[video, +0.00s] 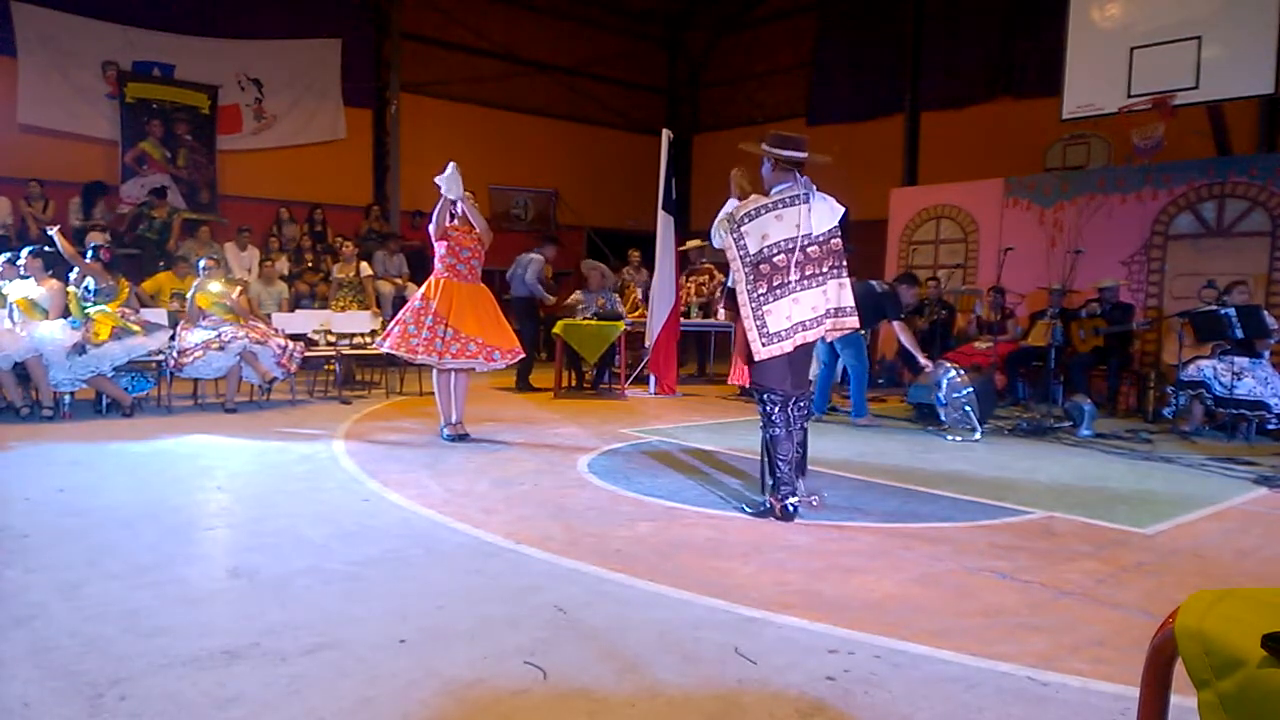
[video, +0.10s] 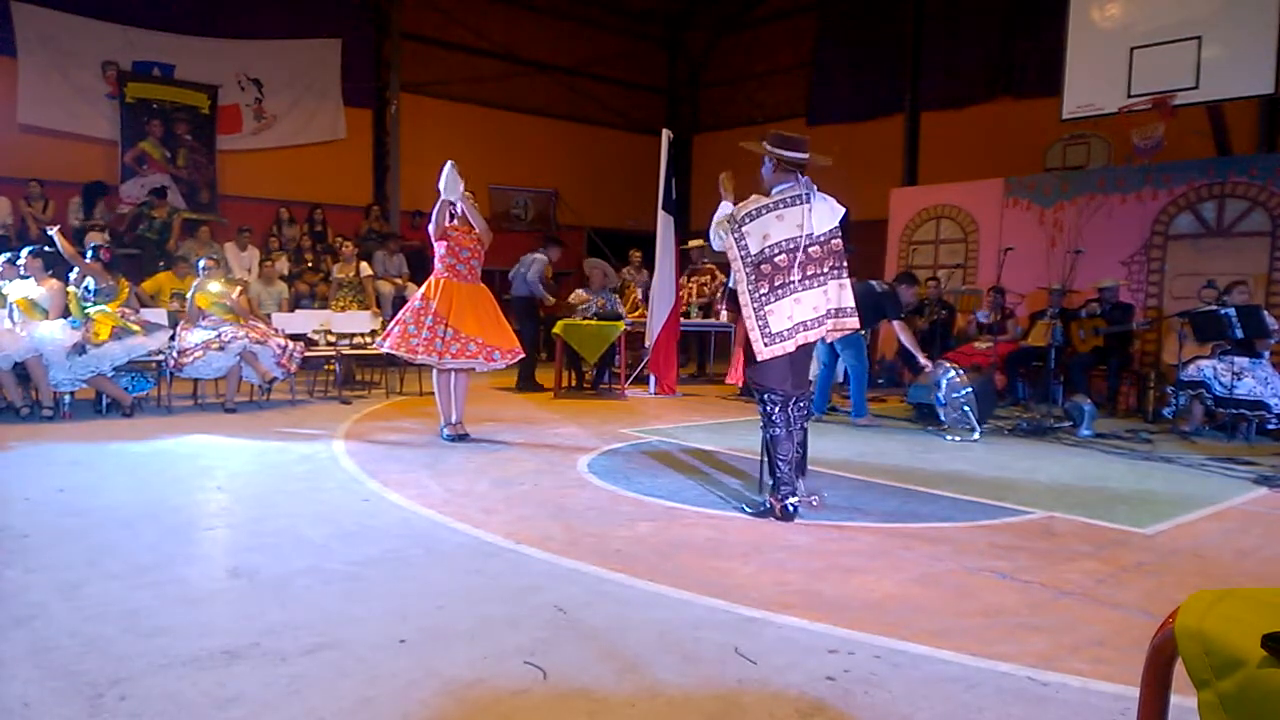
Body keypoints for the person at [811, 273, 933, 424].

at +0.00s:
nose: (913, 301)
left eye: (915, 296)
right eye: (913, 295)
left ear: (900, 285)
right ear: (903, 288)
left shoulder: (879, 286)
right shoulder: (891, 296)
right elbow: (900, 329)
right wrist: (920, 356)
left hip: (826, 318)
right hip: (846, 325)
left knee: (826, 367)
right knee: (858, 367)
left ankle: (818, 409)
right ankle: (860, 414)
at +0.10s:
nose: (913, 299)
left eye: (915, 295)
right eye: (913, 294)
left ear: (899, 284)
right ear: (903, 287)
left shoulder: (878, 286)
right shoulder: (890, 296)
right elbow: (900, 329)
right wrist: (920, 356)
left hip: (827, 319)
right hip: (846, 326)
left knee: (826, 367)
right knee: (858, 368)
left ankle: (818, 410)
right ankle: (860, 414)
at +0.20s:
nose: (913, 299)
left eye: (915, 294)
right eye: (913, 293)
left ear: (898, 284)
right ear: (903, 287)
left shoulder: (876, 286)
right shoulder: (890, 297)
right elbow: (901, 329)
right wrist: (922, 356)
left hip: (826, 319)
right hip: (846, 326)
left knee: (826, 367)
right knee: (858, 368)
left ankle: (818, 409)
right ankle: (860, 414)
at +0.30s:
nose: (913, 298)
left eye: (914, 293)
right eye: (912, 292)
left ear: (897, 284)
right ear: (903, 287)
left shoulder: (875, 286)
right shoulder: (890, 296)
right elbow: (901, 328)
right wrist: (922, 355)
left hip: (826, 320)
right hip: (847, 326)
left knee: (826, 367)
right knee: (858, 368)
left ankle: (818, 409)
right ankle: (860, 414)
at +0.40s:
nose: (913, 298)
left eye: (914, 293)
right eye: (912, 292)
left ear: (896, 284)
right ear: (902, 288)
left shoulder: (875, 286)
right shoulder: (889, 296)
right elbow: (902, 328)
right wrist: (922, 355)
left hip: (826, 319)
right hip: (846, 325)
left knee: (825, 366)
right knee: (858, 368)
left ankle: (818, 409)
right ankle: (860, 414)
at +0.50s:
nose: (913, 298)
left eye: (914, 293)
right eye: (912, 293)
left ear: (897, 285)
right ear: (902, 288)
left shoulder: (875, 287)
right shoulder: (889, 297)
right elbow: (902, 328)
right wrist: (922, 355)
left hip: (826, 317)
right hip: (845, 324)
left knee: (825, 365)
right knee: (857, 367)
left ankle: (817, 408)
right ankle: (860, 414)